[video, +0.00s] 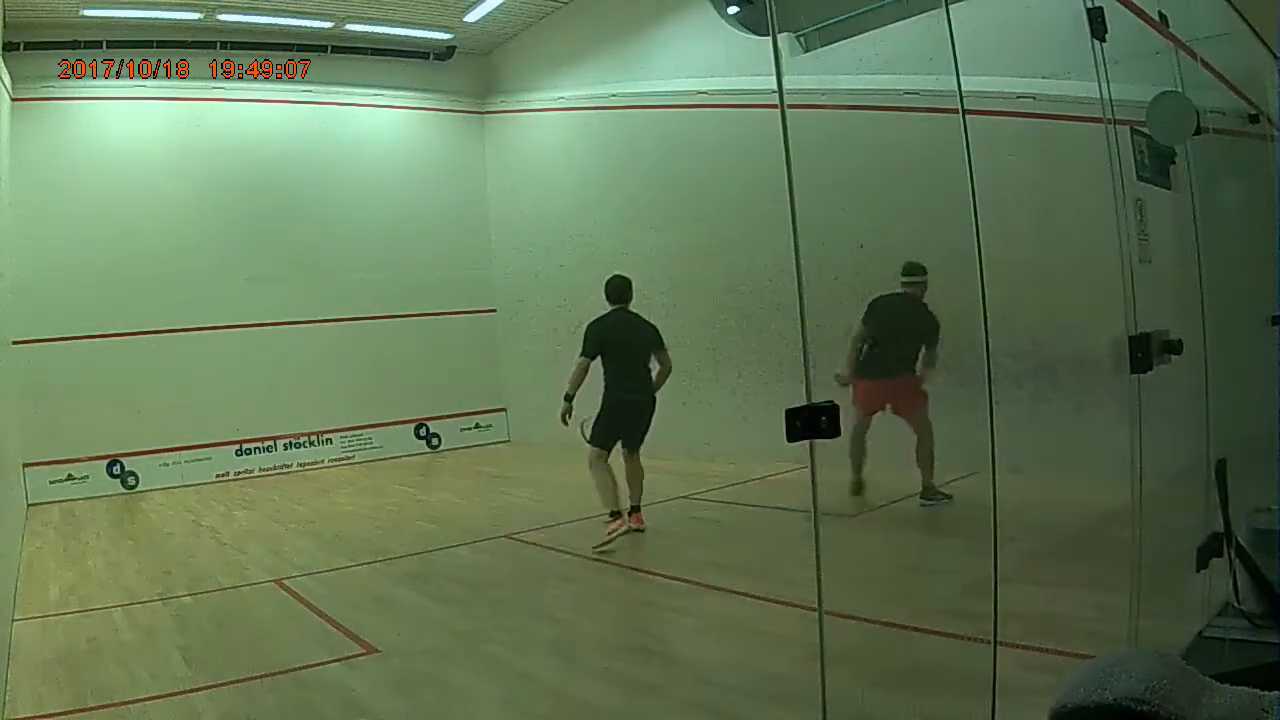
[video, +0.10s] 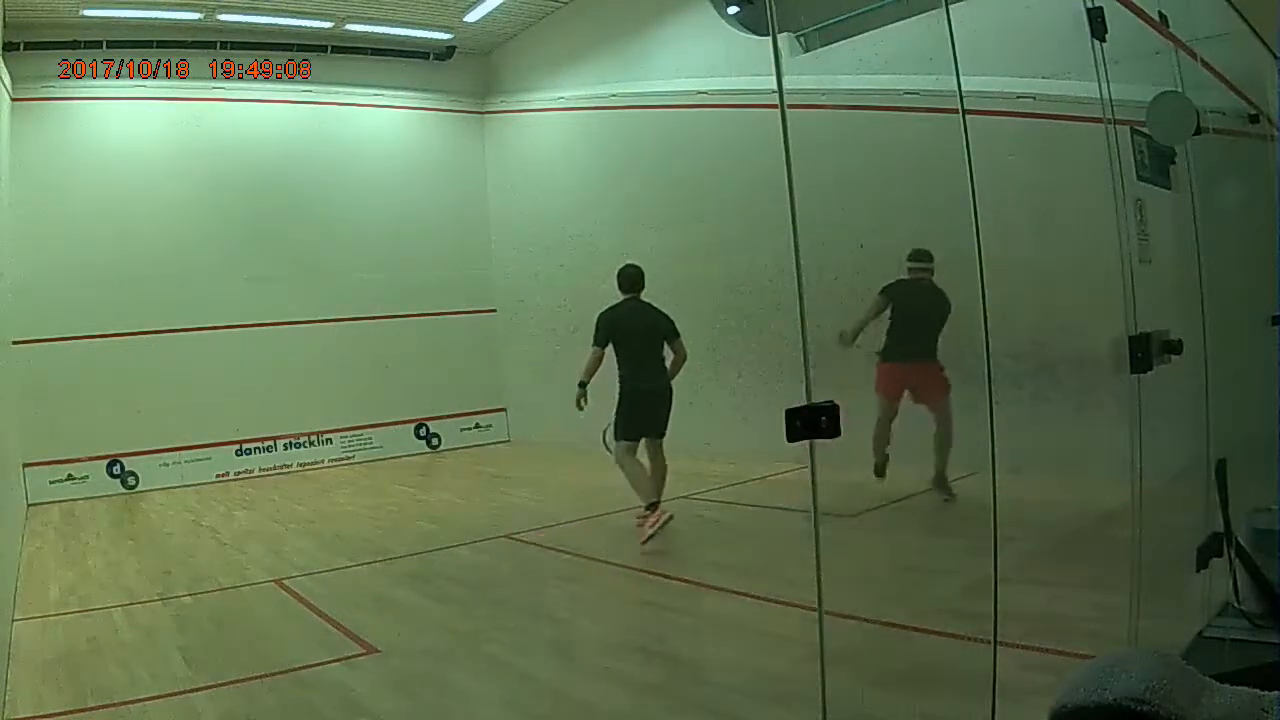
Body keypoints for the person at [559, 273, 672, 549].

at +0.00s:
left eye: (611, 295)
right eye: (627, 293)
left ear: (606, 297)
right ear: (631, 296)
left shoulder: (598, 327)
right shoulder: (646, 326)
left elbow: (582, 366)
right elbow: (666, 366)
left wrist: (568, 399)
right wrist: (650, 390)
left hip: (615, 402)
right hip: (644, 402)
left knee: (597, 458)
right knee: (631, 453)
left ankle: (616, 518)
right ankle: (635, 513)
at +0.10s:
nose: (624, 288)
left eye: (621, 284)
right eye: (636, 284)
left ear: (619, 286)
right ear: (643, 286)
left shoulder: (609, 316)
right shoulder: (658, 315)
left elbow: (597, 356)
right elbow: (681, 355)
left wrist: (582, 385)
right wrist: (665, 380)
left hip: (632, 391)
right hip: (661, 391)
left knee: (623, 454)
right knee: (655, 448)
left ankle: (653, 509)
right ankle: (652, 510)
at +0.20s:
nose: (639, 293)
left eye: (638, 289)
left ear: (638, 290)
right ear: (662, 289)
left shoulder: (635, 321)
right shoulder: (677, 318)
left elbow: (632, 362)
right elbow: (697, 357)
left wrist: (611, 383)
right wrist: (684, 381)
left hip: (660, 395)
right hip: (685, 390)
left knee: (660, 460)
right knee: (682, 454)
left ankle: (695, 512)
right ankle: (715, 505)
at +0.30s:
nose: (649, 302)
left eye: (650, 298)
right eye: (650, 298)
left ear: (655, 302)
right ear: (677, 301)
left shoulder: (658, 336)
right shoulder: (690, 329)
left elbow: (663, 381)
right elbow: (709, 370)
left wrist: (641, 398)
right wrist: (688, 393)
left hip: (687, 408)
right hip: (706, 403)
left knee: (686, 474)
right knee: (695, 464)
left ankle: (732, 522)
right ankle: (720, 511)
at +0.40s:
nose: (661, 307)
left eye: (663, 303)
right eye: (663, 302)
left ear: (667, 307)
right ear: (688, 305)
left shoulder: (684, 338)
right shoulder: (696, 332)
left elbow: (698, 381)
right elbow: (709, 379)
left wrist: (678, 409)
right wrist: (688, 414)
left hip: (710, 414)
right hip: (709, 412)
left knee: (713, 481)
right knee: (703, 467)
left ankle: (770, 527)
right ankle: (723, 511)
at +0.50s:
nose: (669, 311)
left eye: (670, 305)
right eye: (669, 305)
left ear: (680, 307)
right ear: (692, 306)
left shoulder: (703, 335)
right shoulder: (695, 335)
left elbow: (722, 379)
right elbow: (707, 383)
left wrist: (702, 417)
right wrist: (693, 418)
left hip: (727, 417)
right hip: (714, 417)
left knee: (731, 485)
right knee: (708, 471)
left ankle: (787, 537)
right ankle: (724, 513)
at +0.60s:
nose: (667, 311)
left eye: (669, 306)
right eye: (667, 306)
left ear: (682, 308)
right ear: (689, 308)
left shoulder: (719, 335)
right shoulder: (688, 344)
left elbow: (744, 384)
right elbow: (695, 389)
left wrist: (726, 426)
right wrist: (689, 428)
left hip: (747, 414)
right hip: (721, 415)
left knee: (742, 486)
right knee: (698, 477)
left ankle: (788, 537)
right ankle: (735, 522)